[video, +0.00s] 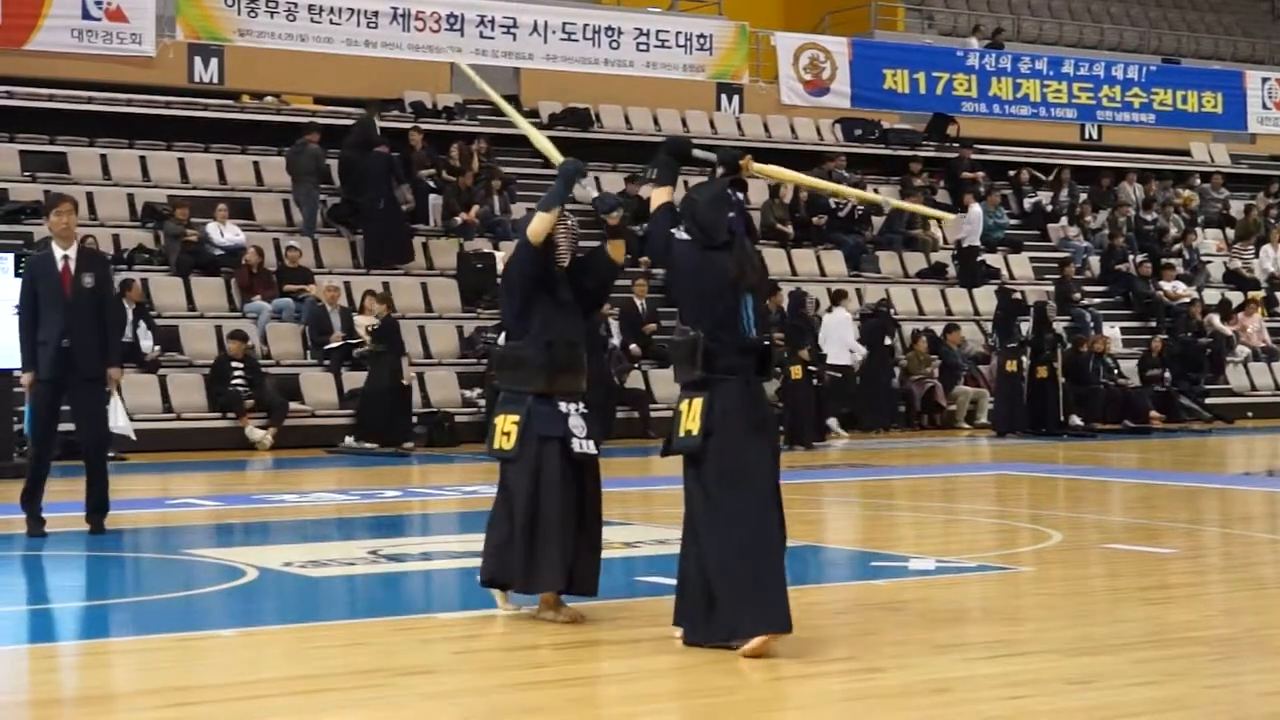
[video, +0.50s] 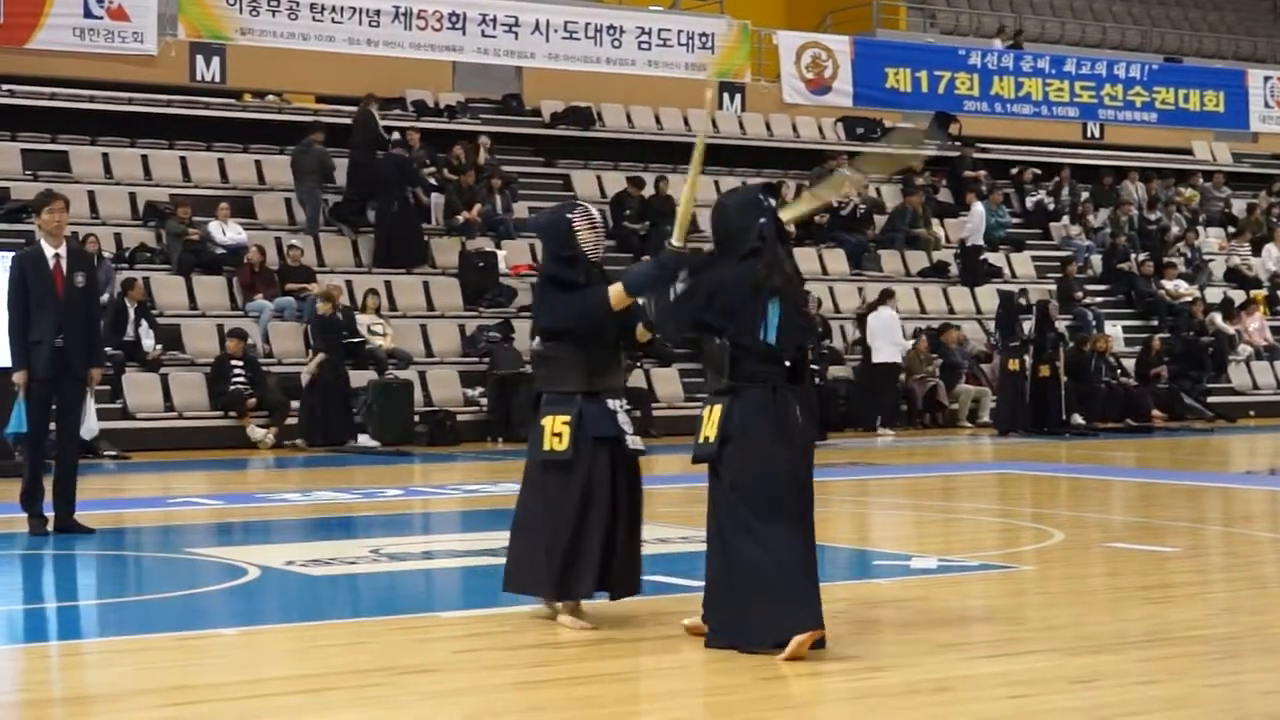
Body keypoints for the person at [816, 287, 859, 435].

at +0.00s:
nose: (849, 302)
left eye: (848, 299)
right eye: (848, 299)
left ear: (834, 301)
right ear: (844, 301)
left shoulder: (827, 317)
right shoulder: (846, 317)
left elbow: (820, 339)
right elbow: (849, 340)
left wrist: (828, 350)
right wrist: (862, 351)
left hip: (830, 359)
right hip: (844, 360)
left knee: (832, 393)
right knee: (848, 392)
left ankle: (834, 425)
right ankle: (834, 418)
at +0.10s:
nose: (859, 303)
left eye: (859, 299)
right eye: (858, 300)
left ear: (844, 301)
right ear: (853, 300)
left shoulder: (835, 317)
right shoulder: (854, 316)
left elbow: (833, 341)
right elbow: (856, 340)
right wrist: (872, 348)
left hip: (837, 359)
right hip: (853, 360)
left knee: (839, 394)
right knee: (858, 393)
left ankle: (838, 426)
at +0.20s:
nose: (869, 302)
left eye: (868, 299)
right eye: (867, 299)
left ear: (854, 300)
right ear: (863, 300)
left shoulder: (847, 315)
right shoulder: (861, 316)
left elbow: (847, 340)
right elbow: (865, 341)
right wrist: (886, 348)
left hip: (848, 359)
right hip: (862, 360)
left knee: (849, 393)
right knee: (869, 394)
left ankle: (841, 422)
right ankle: (878, 425)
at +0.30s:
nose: (879, 304)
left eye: (878, 301)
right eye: (877, 301)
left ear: (864, 301)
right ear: (872, 301)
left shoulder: (856, 317)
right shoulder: (872, 316)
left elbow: (855, 339)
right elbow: (875, 341)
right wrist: (892, 347)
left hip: (860, 362)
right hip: (875, 362)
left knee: (863, 396)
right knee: (879, 395)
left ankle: (853, 420)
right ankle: (881, 426)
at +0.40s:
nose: (887, 303)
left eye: (887, 299)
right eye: (886, 300)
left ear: (872, 300)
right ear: (881, 300)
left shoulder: (863, 317)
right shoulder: (882, 317)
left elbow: (861, 336)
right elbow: (886, 339)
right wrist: (899, 347)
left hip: (869, 360)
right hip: (884, 359)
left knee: (873, 393)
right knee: (884, 393)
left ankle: (874, 423)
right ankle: (884, 425)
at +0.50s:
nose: (895, 302)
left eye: (894, 299)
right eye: (894, 299)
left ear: (880, 299)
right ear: (890, 300)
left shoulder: (871, 316)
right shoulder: (892, 316)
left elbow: (868, 339)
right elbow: (897, 339)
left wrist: (879, 348)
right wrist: (909, 344)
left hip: (876, 357)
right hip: (891, 357)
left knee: (879, 391)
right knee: (890, 391)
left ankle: (879, 422)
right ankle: (886, 424)